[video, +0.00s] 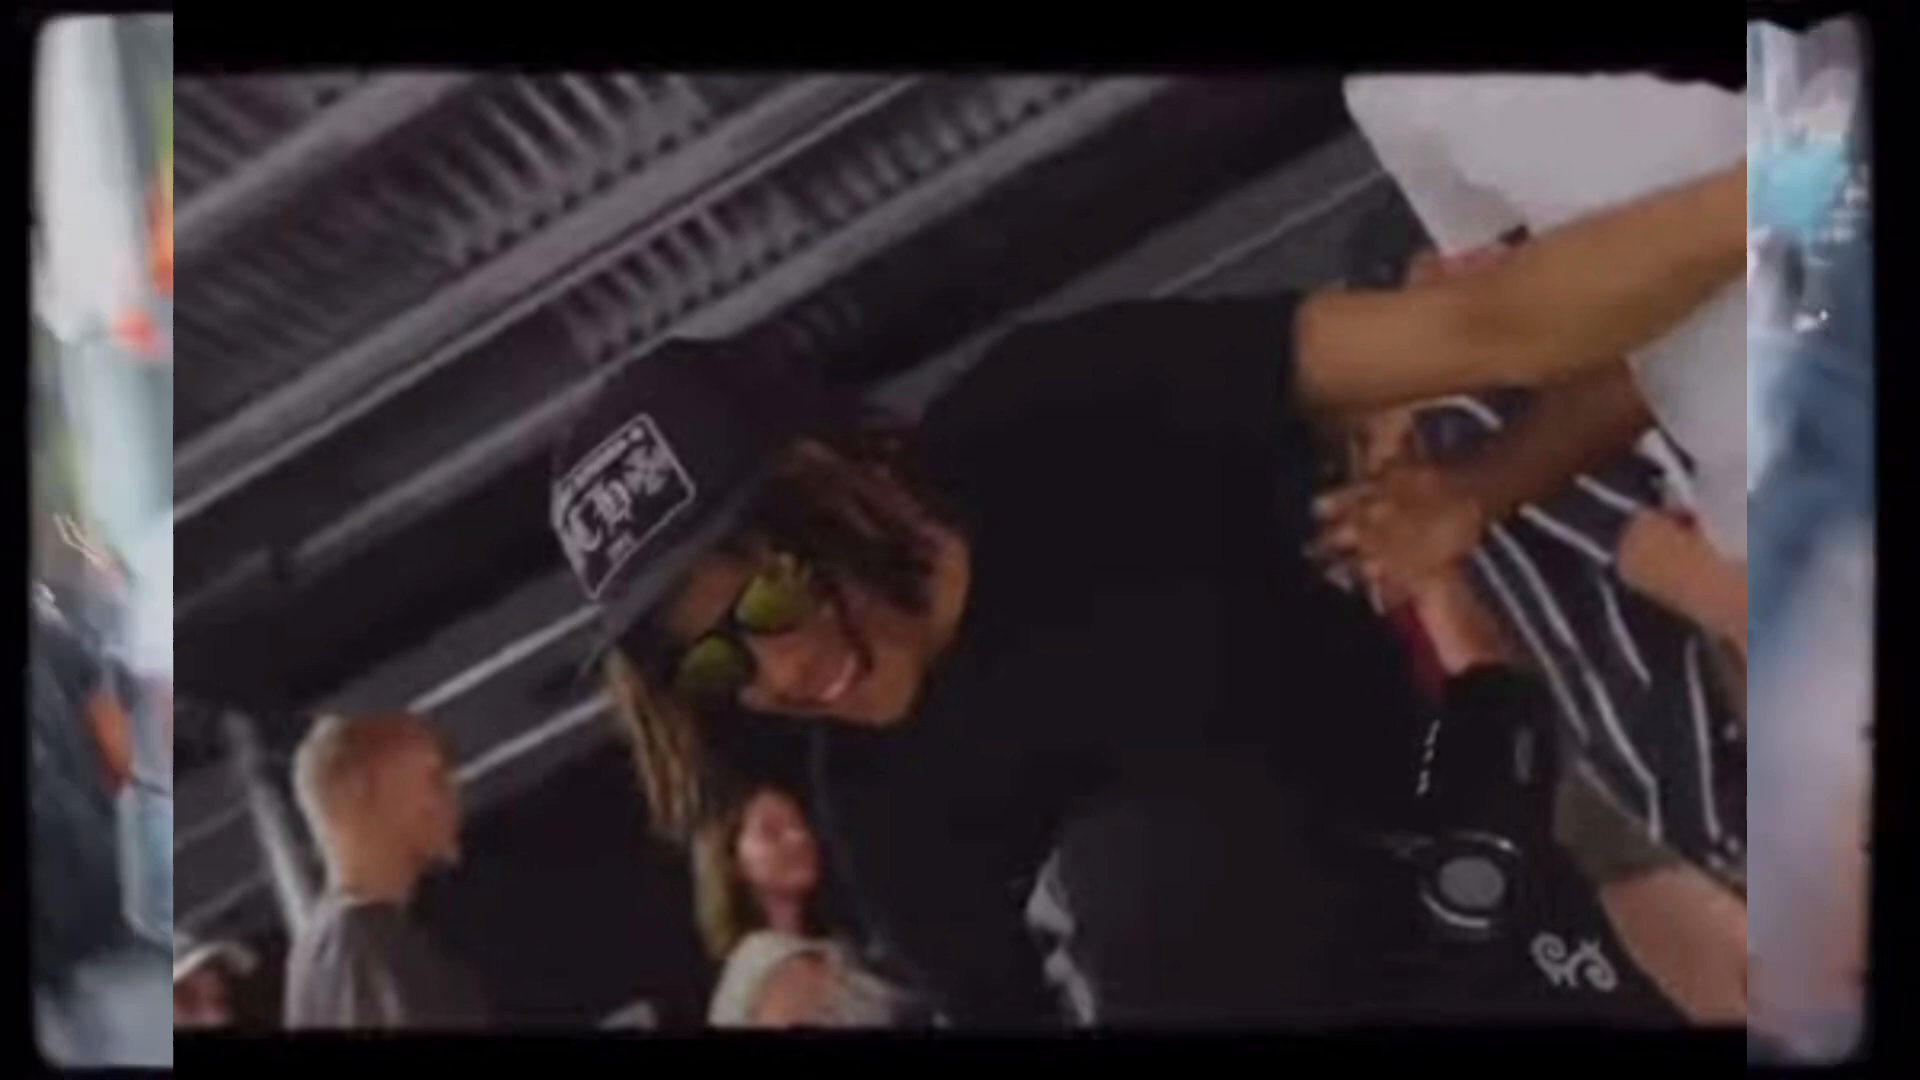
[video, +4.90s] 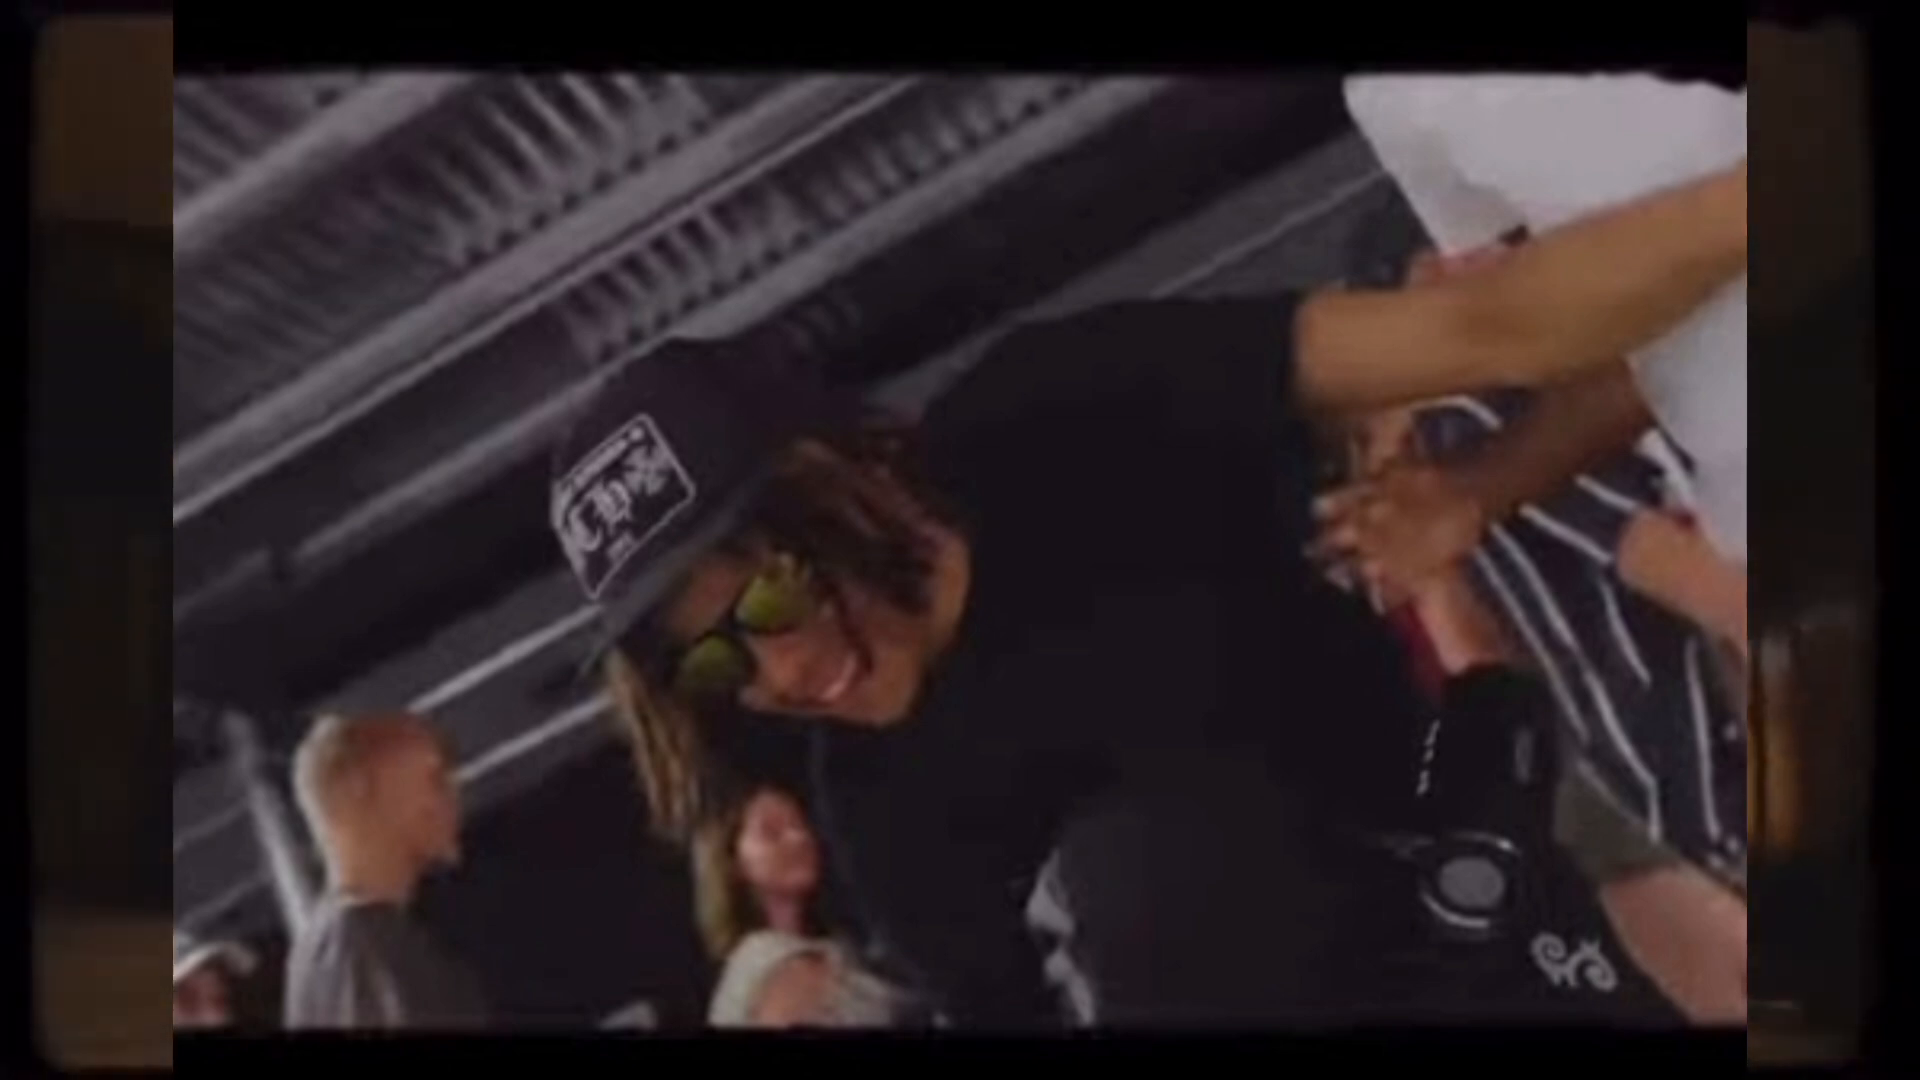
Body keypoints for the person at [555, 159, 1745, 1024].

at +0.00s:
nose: (768, 656)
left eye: (760, 581)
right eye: (708, 654)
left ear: (834, 475)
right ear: (687, 686)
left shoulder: (1053, 403)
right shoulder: (888, 847)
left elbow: (1467, 331)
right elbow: (1038, 1025)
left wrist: (1784, 188)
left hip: (1482, 835)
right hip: (1263, 973)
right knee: (1136, 864)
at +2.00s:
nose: (767, 658)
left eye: (759, 583)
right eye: (707, 655)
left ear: (833, 477)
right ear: (686, 686)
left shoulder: (1050, 404)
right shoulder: (888, 846)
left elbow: (1469, 328)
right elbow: (1038, 1026)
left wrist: (1787, 188)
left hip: (1483, 841)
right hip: (1258, 972)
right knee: (1135, 865)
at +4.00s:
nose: (766, 660)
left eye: (759, 585)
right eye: (707, 656)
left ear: (833, 478)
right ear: (685, 685)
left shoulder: (1053, 402)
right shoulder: (886, 843)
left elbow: (1473, 327)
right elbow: (1028, 1024)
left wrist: (1769, 197)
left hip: (1475, 852)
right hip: (1237, 975)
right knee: (1135, 865)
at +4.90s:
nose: (766, 659)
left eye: (759, 585)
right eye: (707, 655)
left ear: (834, 478)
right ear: (686, 685)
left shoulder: (1052, 404)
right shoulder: (887, 846)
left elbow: (1469, 329)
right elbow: (1032, 1025)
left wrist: (1768, 198)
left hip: (1475, 844)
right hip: (1246, 976)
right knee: (1134, 868)